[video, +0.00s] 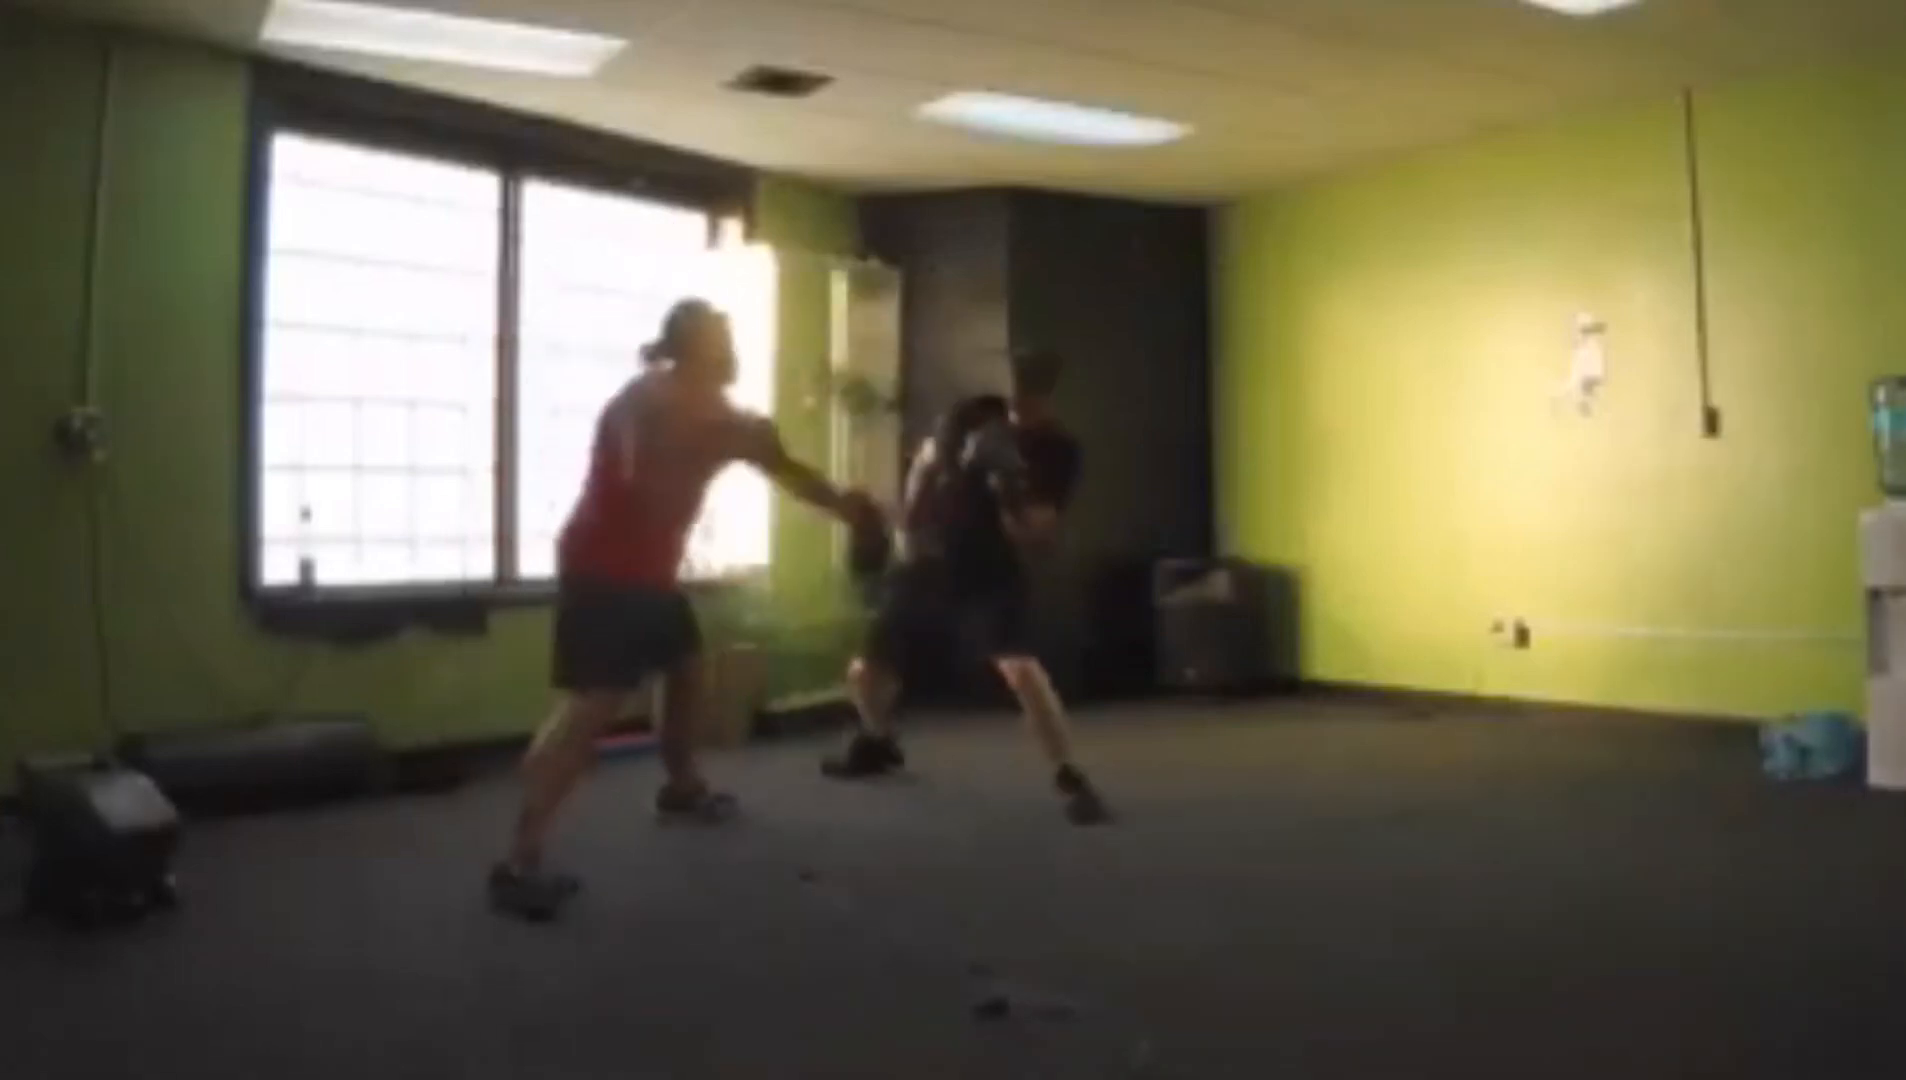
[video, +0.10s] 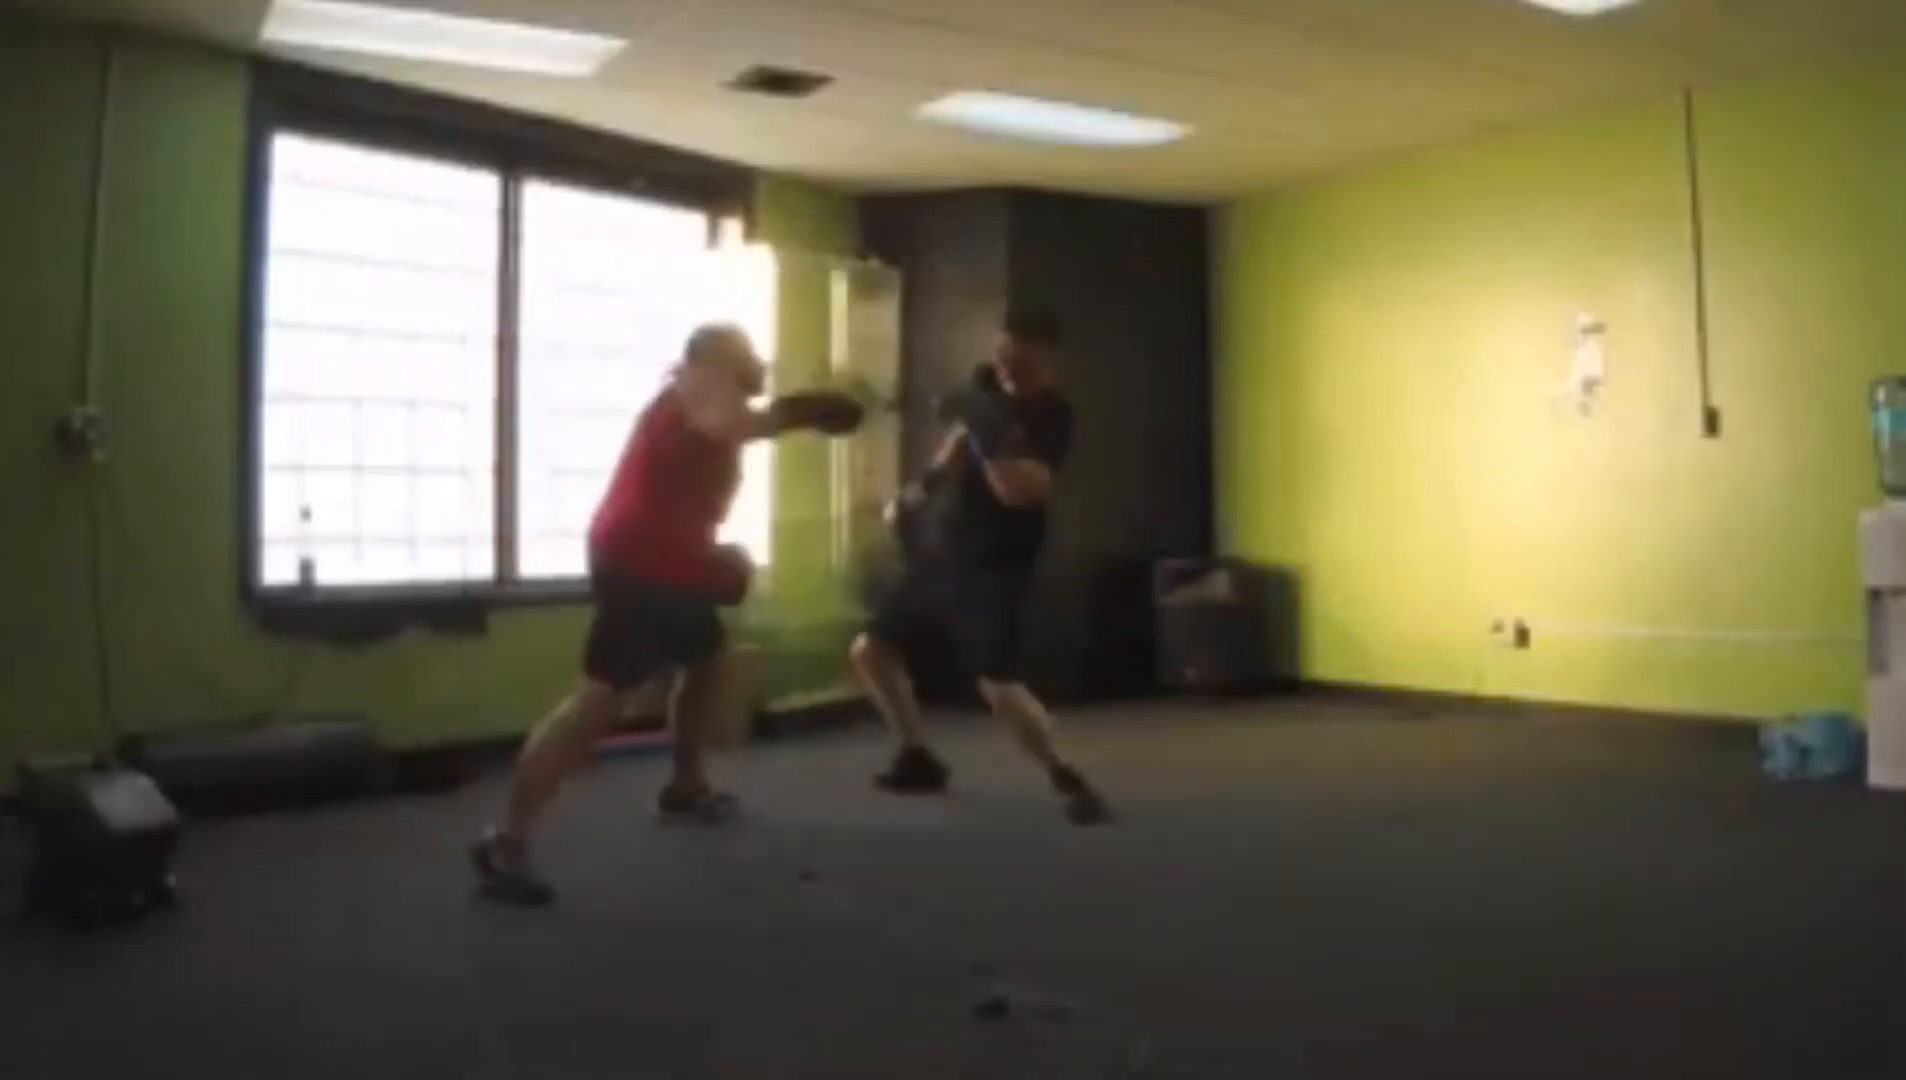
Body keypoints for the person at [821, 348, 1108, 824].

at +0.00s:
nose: (1025, 403)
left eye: (1036, 393)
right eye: (1022, 390)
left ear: (1047, 393)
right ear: (1014, 387)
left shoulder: (1058, 449)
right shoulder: (971, 425)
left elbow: (1036, 527)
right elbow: (911, 515)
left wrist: (1004, 470)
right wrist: (935, 459)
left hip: (992, 568)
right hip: (932, 564)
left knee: (1021, 671)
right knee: (868, 671)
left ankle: (1068, 777)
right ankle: (876, 740)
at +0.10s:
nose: (1011, 370)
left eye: (1024, 360)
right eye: (1006, 358)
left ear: (1049, 360)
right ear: (998, 354)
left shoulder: (1053, 414)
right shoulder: (983, 397)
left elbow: (1016, 488)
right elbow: (945, 461)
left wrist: (986, 416)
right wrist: (914, 495)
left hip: (996, 568)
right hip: (944, 556)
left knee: (998, 688)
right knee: (871, 653)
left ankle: (1068, 781)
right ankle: (917, 754)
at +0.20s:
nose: (1012, 323)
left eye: (1018, 314)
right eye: (1017, 314)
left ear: (1021, 317)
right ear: (1050, 320)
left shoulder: (1010, 364)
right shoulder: (1033, 371)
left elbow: (932, 378)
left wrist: (884, 334)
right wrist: (937, 493)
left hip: (994, 528)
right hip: (1005, 526)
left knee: (956, 672)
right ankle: (912, 742)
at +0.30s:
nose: (1012, 302)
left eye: (1020, 293)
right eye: (1016, 293)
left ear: (1039, 300)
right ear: (1065, 309)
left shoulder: (1000, 342)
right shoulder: (1074, 374)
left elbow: (909, 350)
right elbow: (1069, 457)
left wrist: (832, 350)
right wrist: (965, 486)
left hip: (996, 529)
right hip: (1041, 533)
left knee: (939, 668)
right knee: (979, 647)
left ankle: (1032, 778)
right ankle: (972, 747)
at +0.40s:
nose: (1026, 309)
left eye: (1034, 301)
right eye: (1030, 299)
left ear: (1045, 306)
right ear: (1075, 314)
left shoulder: (997, 346)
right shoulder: (1089, 373)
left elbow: (918, 362)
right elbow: (1115, 470)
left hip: (999, 533)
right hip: (1051, 536)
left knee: (952, 671)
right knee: (1047, 648)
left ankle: (1031, 781)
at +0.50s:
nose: (1036, 303)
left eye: (1042, 294)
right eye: (1041, 294)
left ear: (1054, 300)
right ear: (1088, 310)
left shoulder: (1010, 341)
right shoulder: (1107, 375)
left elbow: (928, 380)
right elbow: (1129, 470)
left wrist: (882, 347)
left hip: (1006, 531)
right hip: (1066, 533)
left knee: (961, 667)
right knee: (1087, 650)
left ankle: (1036, 782)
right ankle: (1156, 744)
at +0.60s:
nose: (1050, 289)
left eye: (1055, 279)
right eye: (1054, 279)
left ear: (1071, 285)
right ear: (1102, 292)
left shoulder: (1033, 336)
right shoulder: (1119, 359)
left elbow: (1006, 416)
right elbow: (1127, 435)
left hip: (1023, 525)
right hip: (1080, 526)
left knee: (990, 662)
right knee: (1125, 649)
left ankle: (1043, 785)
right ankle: (1219, 736)